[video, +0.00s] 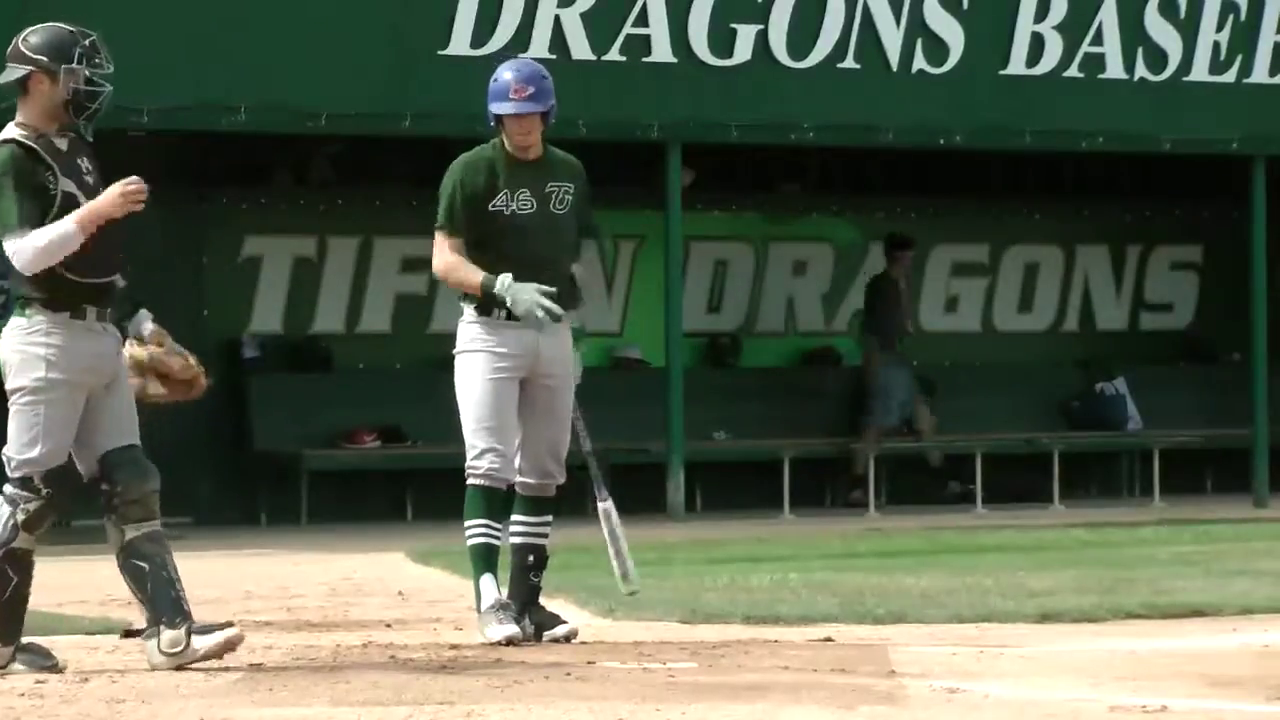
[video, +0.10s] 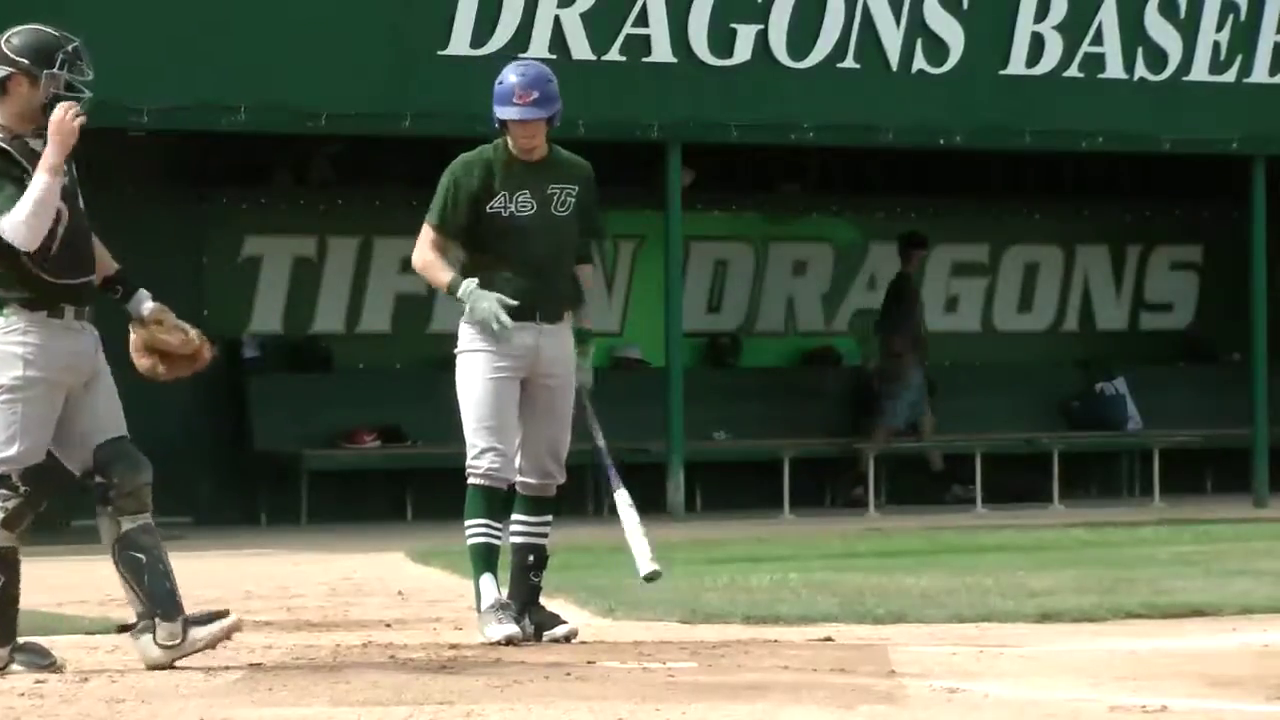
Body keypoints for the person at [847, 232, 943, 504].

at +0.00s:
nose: (907, 263)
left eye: (909, 258)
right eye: (902, 258)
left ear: (907, 258)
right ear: (891, 257)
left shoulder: (901, 285)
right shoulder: (879, 285)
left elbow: (902, 322)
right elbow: (873, 327)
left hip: (897, 357)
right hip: (880, 358)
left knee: (922, 417)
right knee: (875, 422)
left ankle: (939, 473)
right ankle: (859, 480)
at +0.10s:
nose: (920, 262)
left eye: (921, 256)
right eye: (917, 256)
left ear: (906, 257)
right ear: (909, 256)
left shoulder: (903, 285)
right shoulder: (905, 287)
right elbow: (906, 329)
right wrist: (916, 358)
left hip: (907, 362)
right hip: (905, 363)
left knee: (926, 420)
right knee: (888, 423)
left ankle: (941, 479)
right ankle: (862, 480)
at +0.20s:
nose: (937, 259)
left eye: (936, 254)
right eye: (935, 254)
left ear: (916, 253)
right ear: (930, 255)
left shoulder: (916, 282)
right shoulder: (921, 284)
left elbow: (903, 326)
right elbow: (921, 328)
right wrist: (931, 359)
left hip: (921, 361)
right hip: (920, 362)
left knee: (934, 422)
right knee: (909, 424)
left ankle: (947, 480)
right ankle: (875, 477)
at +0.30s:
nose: (954, 258)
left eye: (953, 251)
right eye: (951, 252)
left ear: (933, 251)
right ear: (941, 252)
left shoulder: (925, 278)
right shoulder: (937, 280)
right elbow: (938, 327)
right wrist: (952, 361)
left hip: (925, 360)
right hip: (936, 360)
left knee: (934, 421)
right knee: (939, 421)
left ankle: (948, 482)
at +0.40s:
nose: (969, 253)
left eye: (968, 247)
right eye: (966, 248)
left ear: (945, 248)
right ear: (959, 249)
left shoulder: (933, 278)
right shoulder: (951, 278)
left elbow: (923, 324)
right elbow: (949, 328)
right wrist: (963, 363)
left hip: (933, 360)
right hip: (948, 359)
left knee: (938, 419)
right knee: (970, 421)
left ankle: (951, 482)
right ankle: (930, 458)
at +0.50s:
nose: (983, 256)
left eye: (983, 249)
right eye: (979, 250)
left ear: (961, 250)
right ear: (968, 250)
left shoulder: (946, 277)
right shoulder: (963, 279)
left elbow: (948, 325)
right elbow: (959, 326)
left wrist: (966, 356)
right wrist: (970, 359)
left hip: (945, 356)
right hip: (958, 356)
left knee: (946, 416)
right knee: (987, 416)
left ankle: (947, 476)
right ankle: (953, 472)